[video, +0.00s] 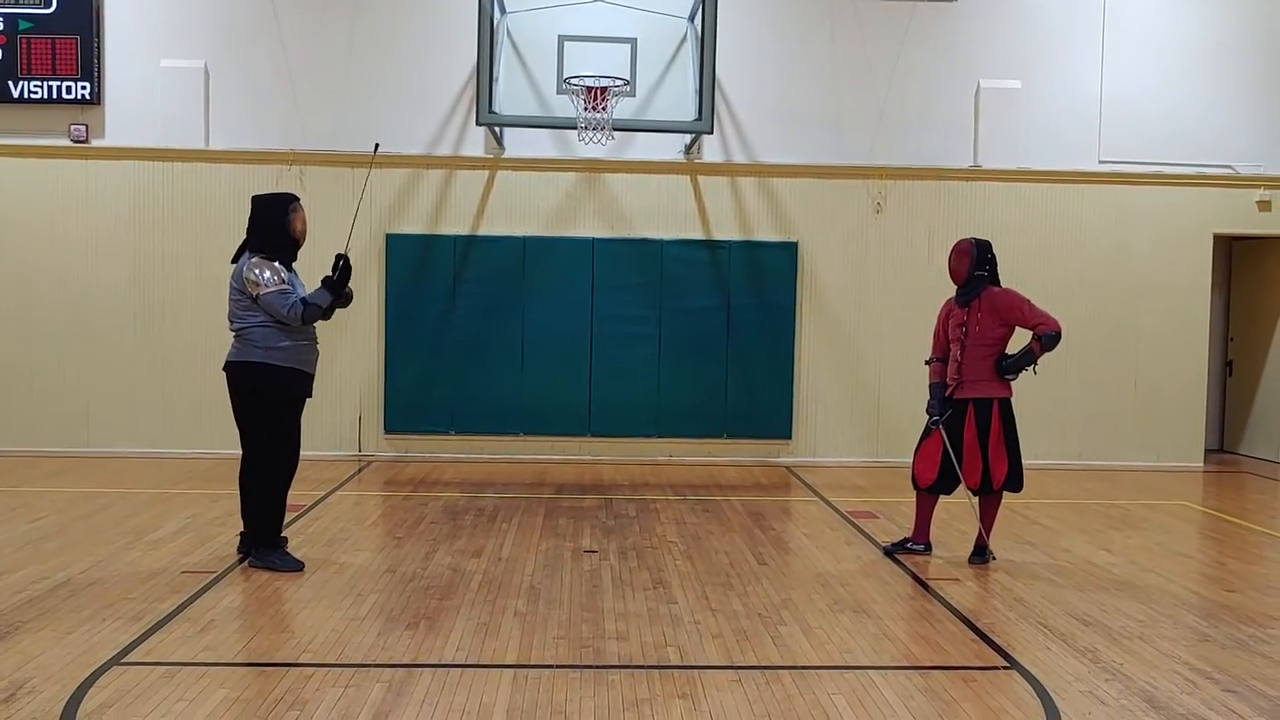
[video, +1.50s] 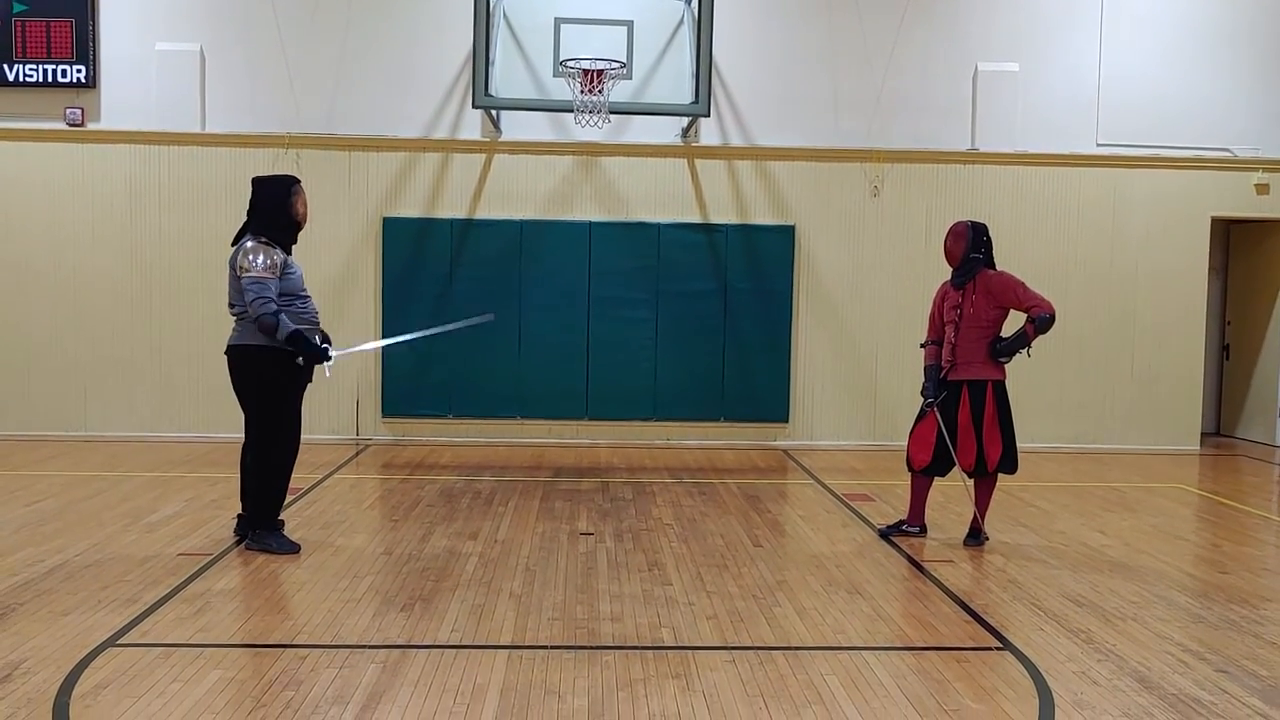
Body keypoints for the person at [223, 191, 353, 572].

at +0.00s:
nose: (304, 228)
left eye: (303, 220)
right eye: (299, 220)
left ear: (277, 223)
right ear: (279, 222)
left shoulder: (277, 266)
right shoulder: (259, 265)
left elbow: (303, 310)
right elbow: (294, 312)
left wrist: (332, 297)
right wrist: (328, 292)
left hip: (280, 375)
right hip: (261, 374)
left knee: (277, 457)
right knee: (268, 458)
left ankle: (262, 538)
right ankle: (262, 545)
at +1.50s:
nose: (306, 209)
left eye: (305, 201)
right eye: (300, 201)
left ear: (275, 206)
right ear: (281, 205)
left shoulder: (272, 250)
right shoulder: (259, 249)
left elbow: (285, 306)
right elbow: (261, 309)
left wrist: (314, 332)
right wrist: (297, 338)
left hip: (274, 355)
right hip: (263, 356)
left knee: (267, 438)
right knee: (276, 440)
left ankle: (255, 520)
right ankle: (261, 527)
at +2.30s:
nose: (317, 200)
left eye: (317, 192)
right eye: (312, 192)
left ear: (292, 196)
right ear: (290, 193)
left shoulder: (287, 237)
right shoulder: (261, 234)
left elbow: (298, 287)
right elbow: (286, 281)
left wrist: (306, 344)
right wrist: (337, 307)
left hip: (288, 343)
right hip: (264, 342)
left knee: (286, 424)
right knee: (271, 425)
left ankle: (271, 501)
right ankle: (266, 509)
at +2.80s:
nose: (321, 190)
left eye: (320, 182)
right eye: (315, 182)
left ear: (298, 185)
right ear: (294, 184)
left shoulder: (292, 230)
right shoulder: (269, 226)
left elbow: (296, 284)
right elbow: (299, 268)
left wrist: (329, 299)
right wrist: (355, 272)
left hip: (295, 337)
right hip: (273, 336)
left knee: (293, 422)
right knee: (280, 422)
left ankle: (277, 497)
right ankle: (274, 506)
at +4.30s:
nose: (324, 195)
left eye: (324, 187)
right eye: (319, 187)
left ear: (292, 190)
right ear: (301, 190)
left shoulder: (288, 233)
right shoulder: (279, 233)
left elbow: (305, 289)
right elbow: (301, 290)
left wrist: (340, 315)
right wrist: (342, 315)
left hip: (291, 340)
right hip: (280, 341)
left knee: (293, 423)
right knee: (292, 424)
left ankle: (285, 501)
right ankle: (282, 511)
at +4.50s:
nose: (325, 191)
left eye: (324, 182)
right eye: (320, 183)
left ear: (295, 187)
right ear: (301, 186)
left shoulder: (286, 227)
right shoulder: (278, 229)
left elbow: (254, 276)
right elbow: (296, 283)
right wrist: (340, 309)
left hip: (291, 337)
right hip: (277, 337)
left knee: (293, 419)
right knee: (288, 420)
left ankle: (283, 498)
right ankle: (283, 507)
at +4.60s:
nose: (324, 186)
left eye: (322, 178)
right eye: (318, 178)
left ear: (292, 183)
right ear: (300, 182)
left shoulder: (283, 222)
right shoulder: (278, 224)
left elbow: (249, 266)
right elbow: (295, 280)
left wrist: (242, 290)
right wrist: (339, 304)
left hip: (287, 334)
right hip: (277, 334)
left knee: (292, 416)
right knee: (288, 417)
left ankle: (283, 494)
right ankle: (283, 504)